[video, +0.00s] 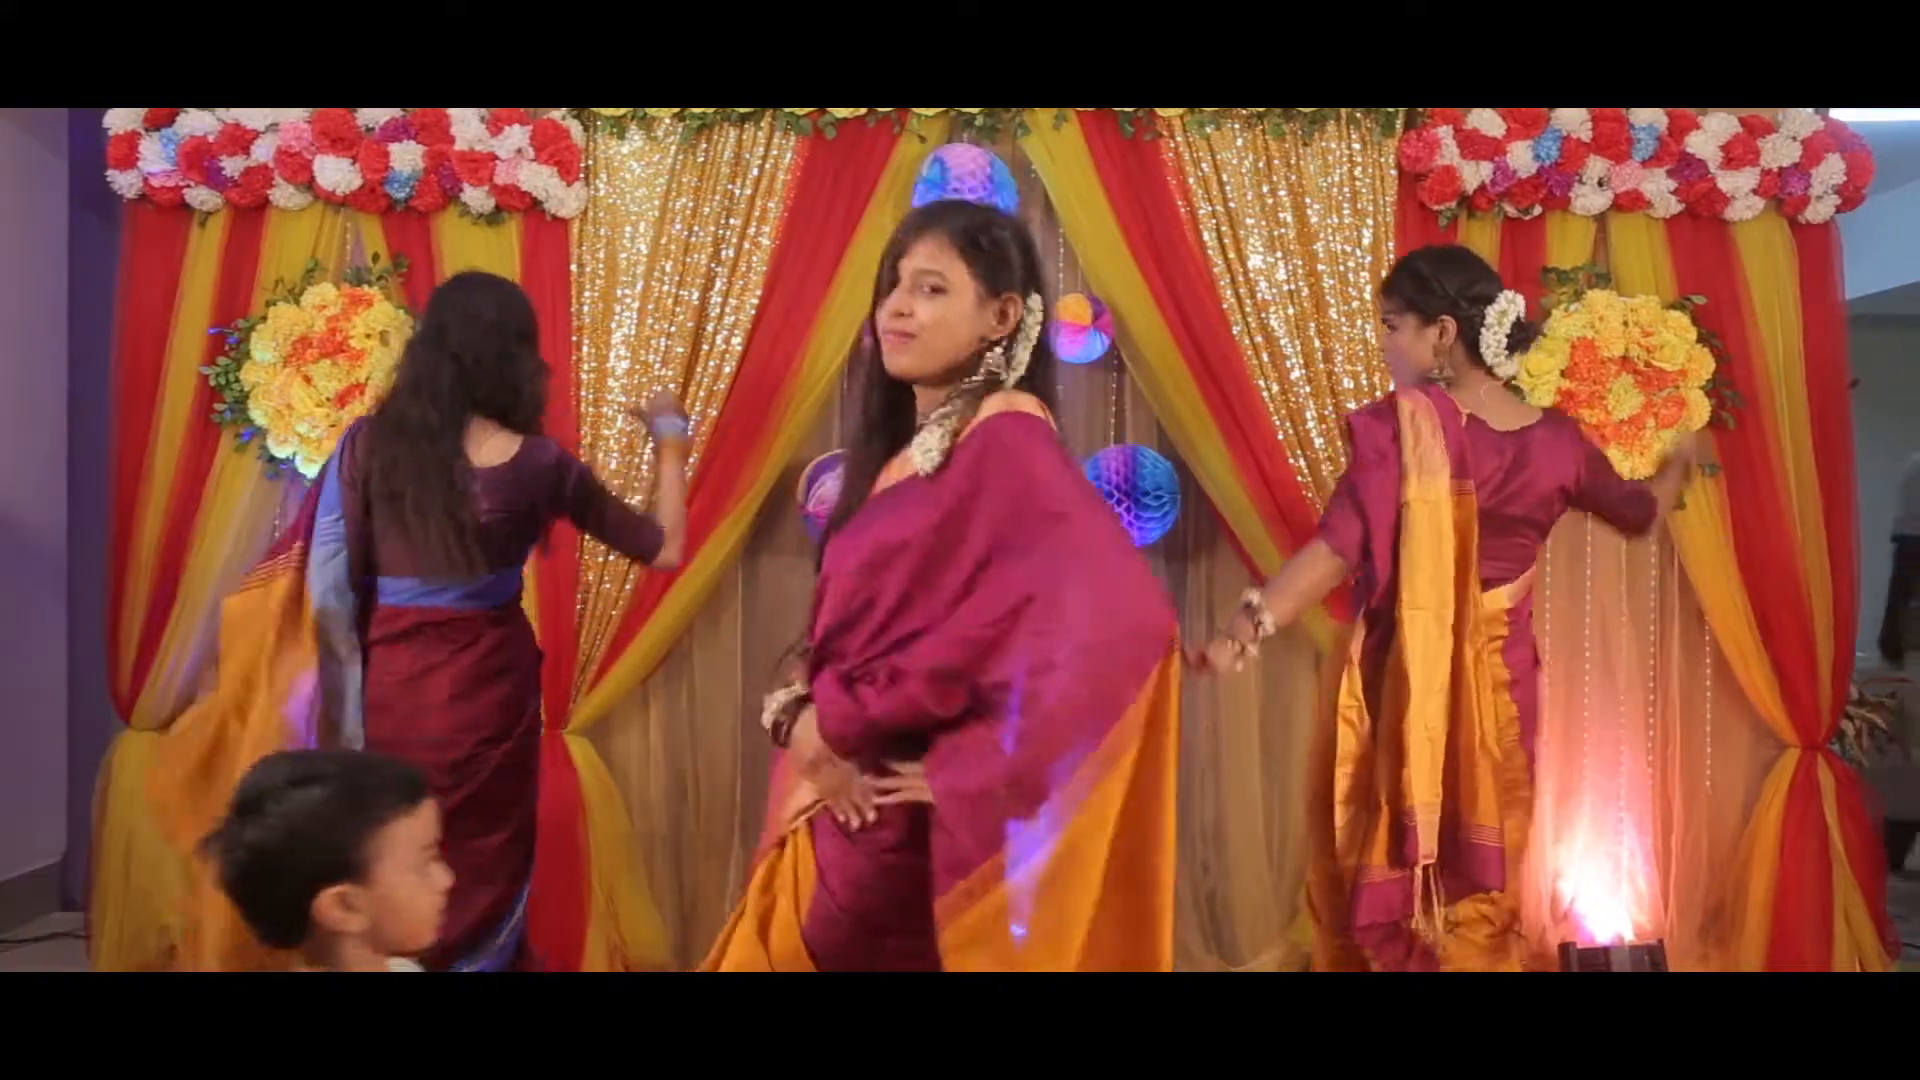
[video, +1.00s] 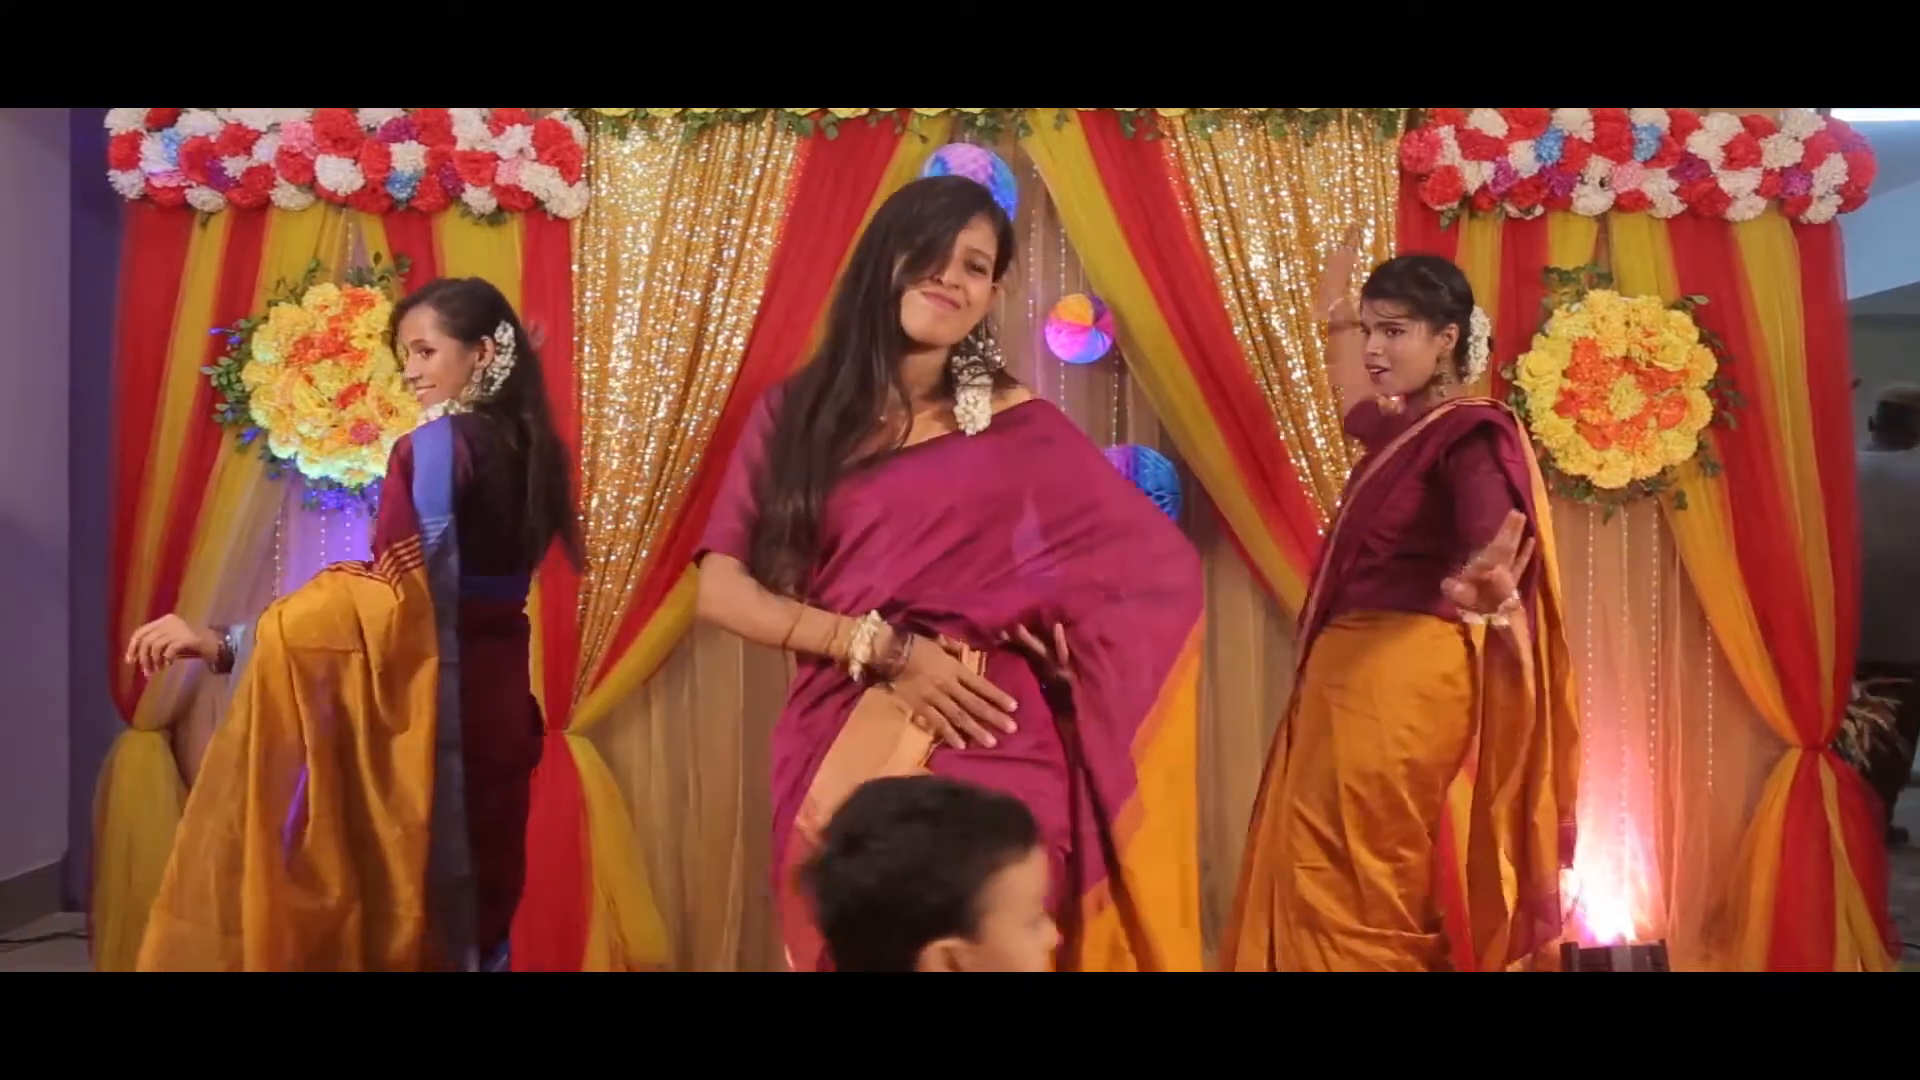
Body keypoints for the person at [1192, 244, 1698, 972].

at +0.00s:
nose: (1382, 346)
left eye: (1391, 327)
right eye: (1383, 327)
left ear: (1444, 332)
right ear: (1460, 331)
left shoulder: (1393, 427)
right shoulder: (1553, 438)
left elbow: (1338, 545)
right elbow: (1642, 512)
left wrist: (1253, 620)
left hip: (1397, 678)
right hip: (1502, 677)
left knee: (1387, 874)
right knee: (1491, 879)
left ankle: (1395, 960)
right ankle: (1484, 959)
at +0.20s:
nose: (1383, 347)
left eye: (1394, 329)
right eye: (1382, 328)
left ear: (1449, 334)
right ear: (1455, 336)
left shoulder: (1421, 426)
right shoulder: (1538, 426)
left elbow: (1388, 551)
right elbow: (1594, 448)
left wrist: (1293, 603)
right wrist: (1599, 340)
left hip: (1379, 659)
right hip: (1482, 665)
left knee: (1335, 864)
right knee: (1466, 858)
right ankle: (1458, 964)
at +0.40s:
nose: (1385, 360)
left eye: (1399, 342)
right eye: (1386, 341)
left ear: (1456, 347)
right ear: (1463, 351)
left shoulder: (1431, 433)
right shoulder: (1521, 437)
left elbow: (1412, 556)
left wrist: (1309, 602)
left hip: (1391, 677)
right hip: (1476, 679)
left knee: (1349, 877)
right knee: (1460, 869)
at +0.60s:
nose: (1376, 364)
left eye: (1393, 346)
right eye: (1376, 345)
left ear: (1451, 355)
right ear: (1454, 359)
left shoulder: (1423, 433)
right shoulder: (1488, 432)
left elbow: (1429, 550)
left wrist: (1364, 619)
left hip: (1394, 687)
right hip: (1463, 685)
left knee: (1315, 892)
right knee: (1444, 887)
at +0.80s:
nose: (1372, 348)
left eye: (1391, 329)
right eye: (1368, 330)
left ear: (1446, 338)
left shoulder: (1450, 423)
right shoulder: (1429, 421)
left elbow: (1461, 519)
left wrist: (1437, 584)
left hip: (1384, 650)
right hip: (1367, 646)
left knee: (1346, 848)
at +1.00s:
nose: (1374, 349)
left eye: (1393, 330)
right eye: (1366, 329)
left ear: (1446, 340)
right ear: (1362, 336)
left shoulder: (1467, 430)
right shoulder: (1392, 431)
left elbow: (1495, 520)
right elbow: (1358, 400)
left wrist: (1483, 576)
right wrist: (1339, 325)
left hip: (1407, 658)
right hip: (1343, 656)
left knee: (1348, 873)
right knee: (1295, 863)